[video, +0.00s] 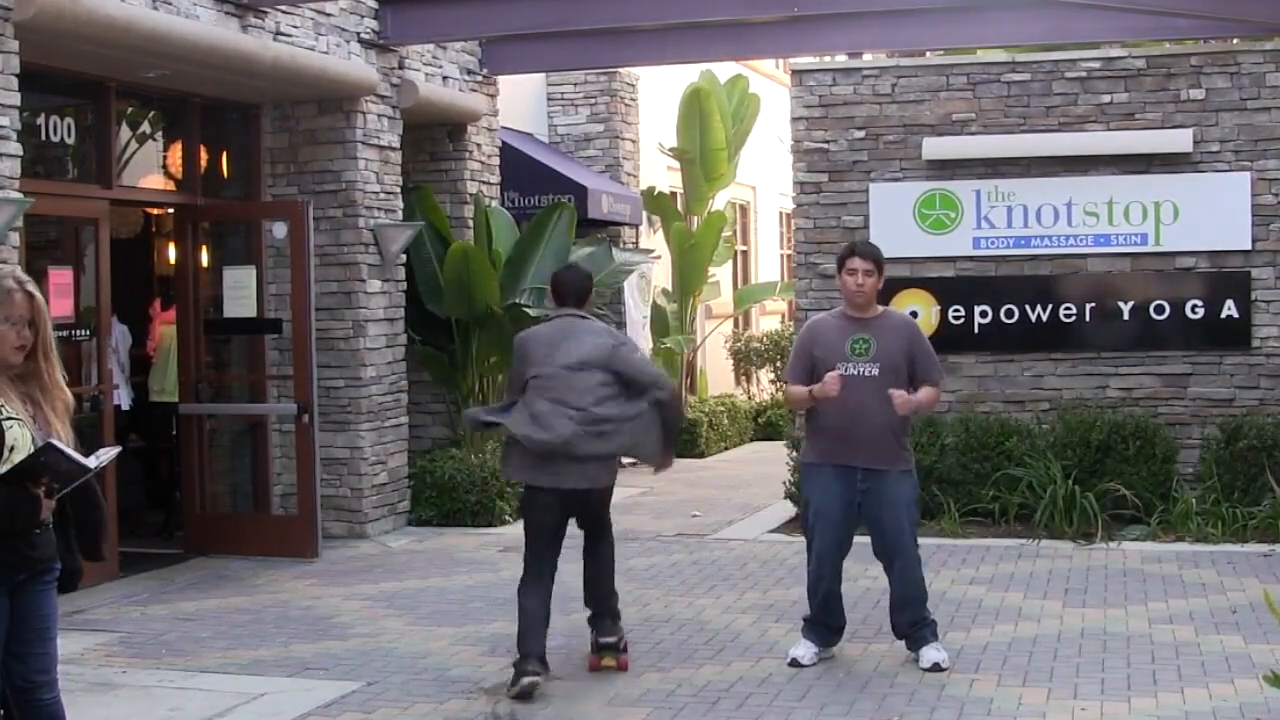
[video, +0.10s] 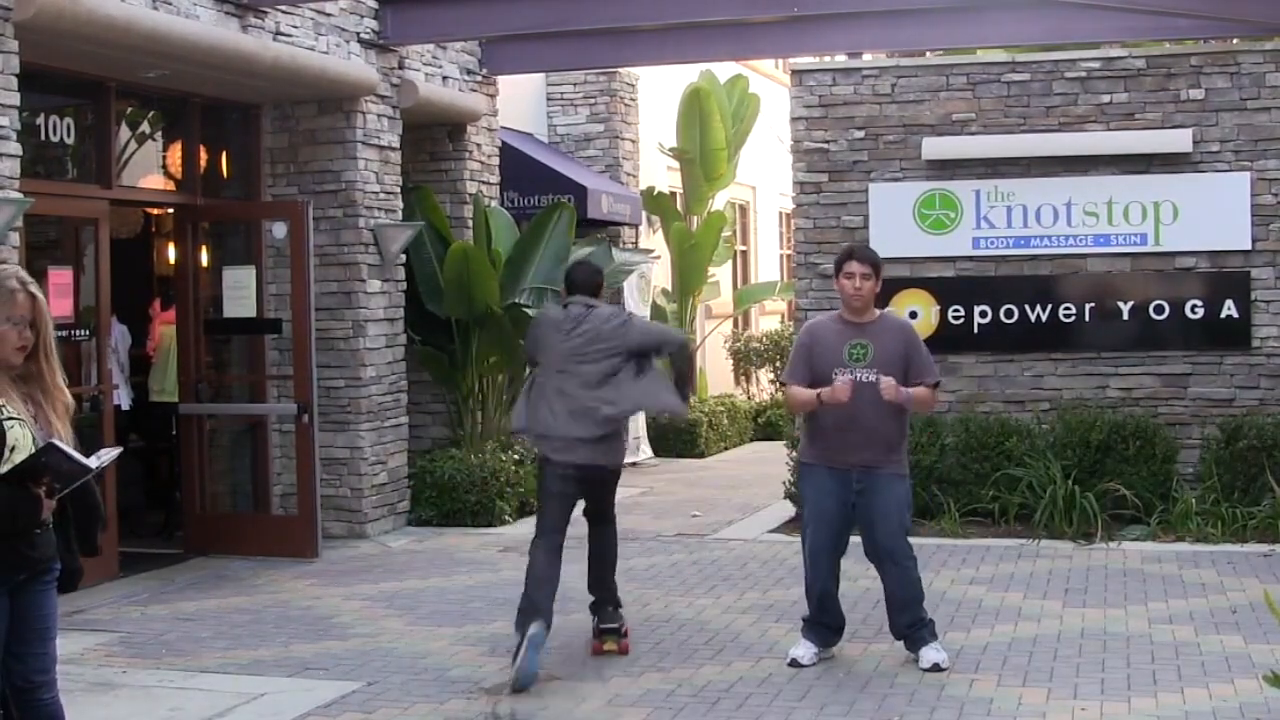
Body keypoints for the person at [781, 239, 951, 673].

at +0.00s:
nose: (858, 280)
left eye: (866, 273)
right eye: (850, 273)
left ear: (880, 280)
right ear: (838, 279)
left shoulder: (904, 329)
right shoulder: (815, 330)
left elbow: (932, 389)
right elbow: (791, 394)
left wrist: (914, 401)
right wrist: (814, 392)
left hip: (890, 464)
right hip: (826, 463)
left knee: (902, 550)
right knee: (823, 553)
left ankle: (922, 637)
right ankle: (819, 634)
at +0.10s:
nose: (856, 284)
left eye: (864, 277)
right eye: (848, 276)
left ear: (878, 283)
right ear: (836, 282)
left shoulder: (901, 331)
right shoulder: (814, 333)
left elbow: (929, 397)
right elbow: (792, 397)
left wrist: (904, 394)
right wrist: (821, 394)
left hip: (885, 466)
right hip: (823, 465)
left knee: (891, 547)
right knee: (818, 551)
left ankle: (921, 637)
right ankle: (819, 633)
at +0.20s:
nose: (856, 285)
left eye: (864, 278)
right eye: (848, 277)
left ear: (877, 284)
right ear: (836, 283)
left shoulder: (900, 332)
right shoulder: (814, 334)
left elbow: (924, 400)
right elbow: (793, 395)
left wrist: (898, 387)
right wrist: (822, 409)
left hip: (884, 466)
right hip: (822, 465)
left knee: (891, 548)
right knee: (817, 551)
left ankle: (920, 638)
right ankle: (819, 634)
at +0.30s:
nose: (858, 280)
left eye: (866, 273)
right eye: (850, 273)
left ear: (879, 280)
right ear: (838, 279)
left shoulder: (903, 329)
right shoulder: (815, 331)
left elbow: (928, 397)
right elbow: (793, 392)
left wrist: (903, 383)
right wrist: (815, 416)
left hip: (889, 465)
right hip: (826, 462)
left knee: (899, 550)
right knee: (822, 552)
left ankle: (921, 637)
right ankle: (819, 635)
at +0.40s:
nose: (859, 278)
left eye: (868, 271)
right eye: (851, 270)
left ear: (881, 278)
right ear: (839, 277)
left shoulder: (906, 326)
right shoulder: (816, 329)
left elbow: (936, 388)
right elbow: (794, 389)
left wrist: (912, 378)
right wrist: (803, 418)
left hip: (896, 463)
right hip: (832, 463)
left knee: (907, 552)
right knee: (826, 553)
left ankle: (922, 638)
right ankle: (819, 634)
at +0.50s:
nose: (862, 280)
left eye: (870, 273)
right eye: (854, 272)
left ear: (883, 279)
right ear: (841, 279)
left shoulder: (909, 326)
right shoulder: (818, 331)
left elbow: (940, 384)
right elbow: (795, 384)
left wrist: (920, 381)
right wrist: (798, 416)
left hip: (903, 463)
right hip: (837, 465)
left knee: (913, 553)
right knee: (833, 554)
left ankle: (922, 637)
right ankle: (819, 635)